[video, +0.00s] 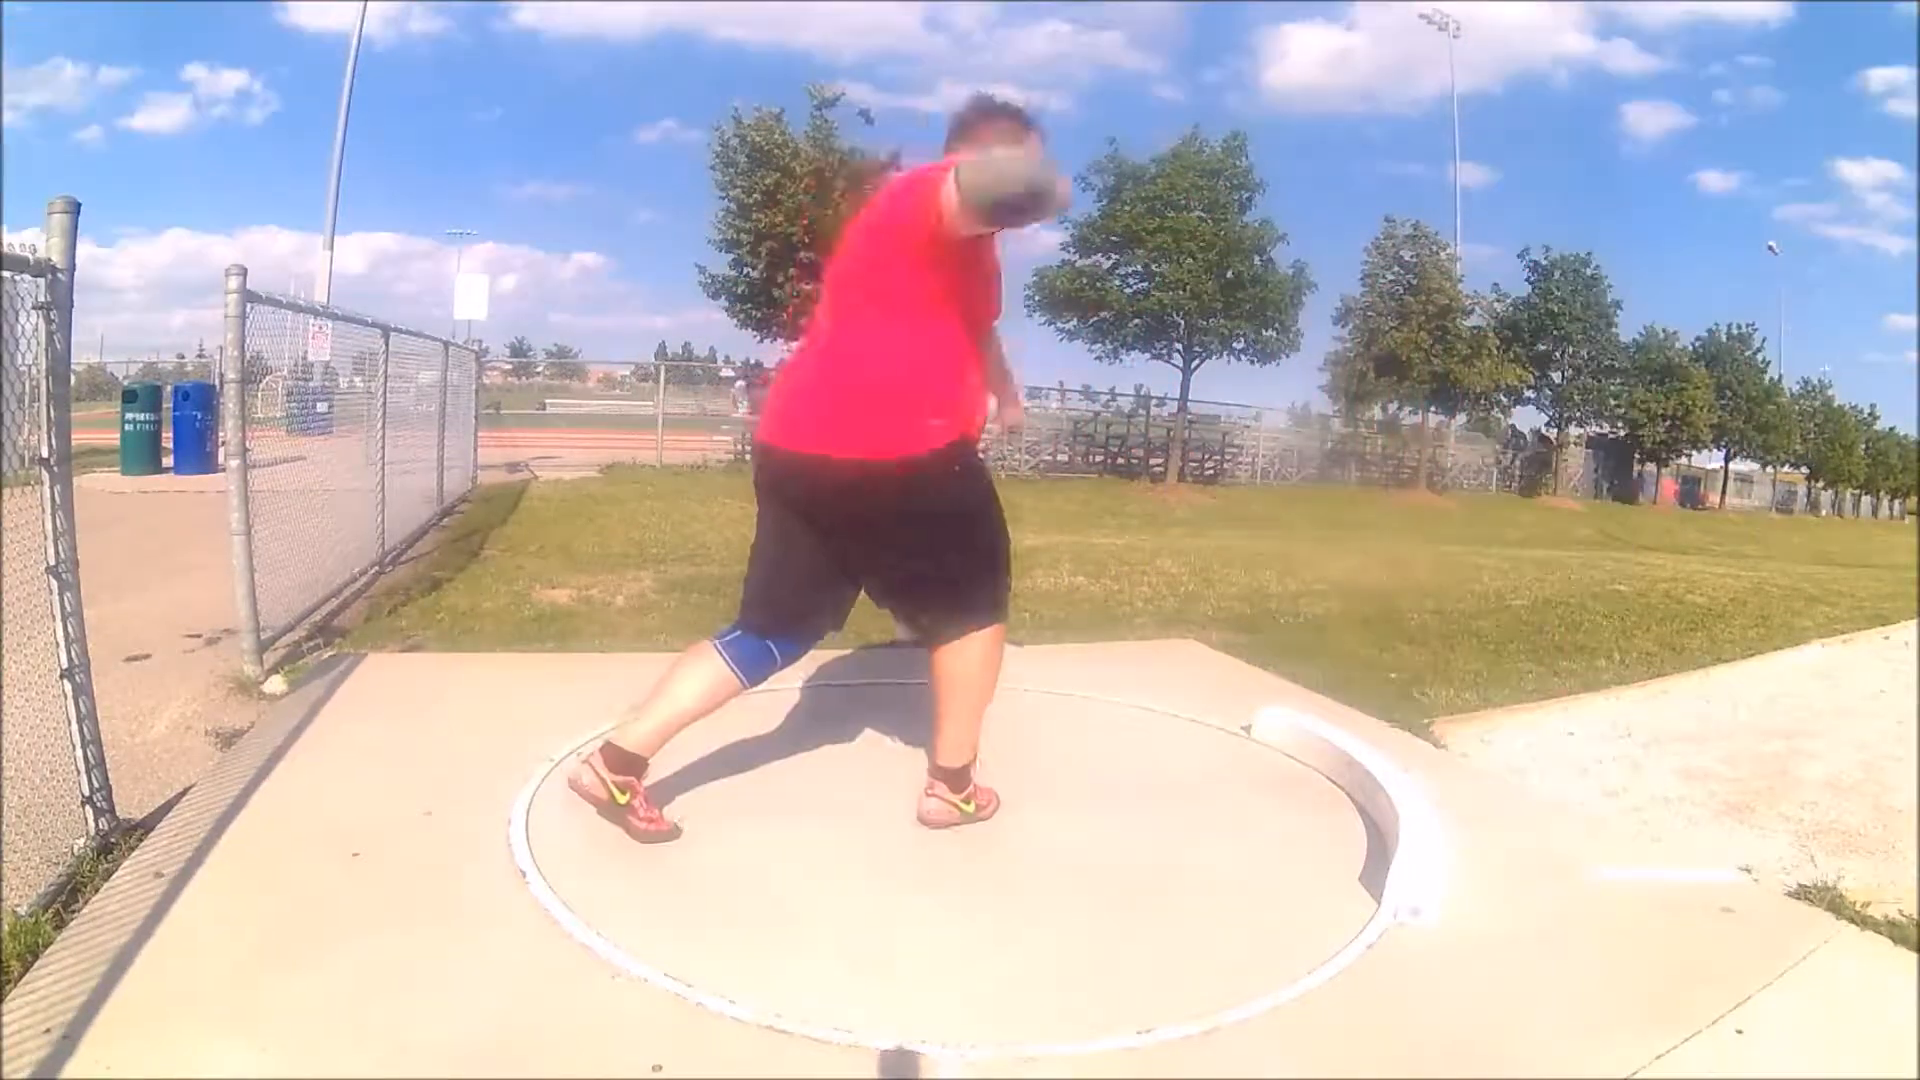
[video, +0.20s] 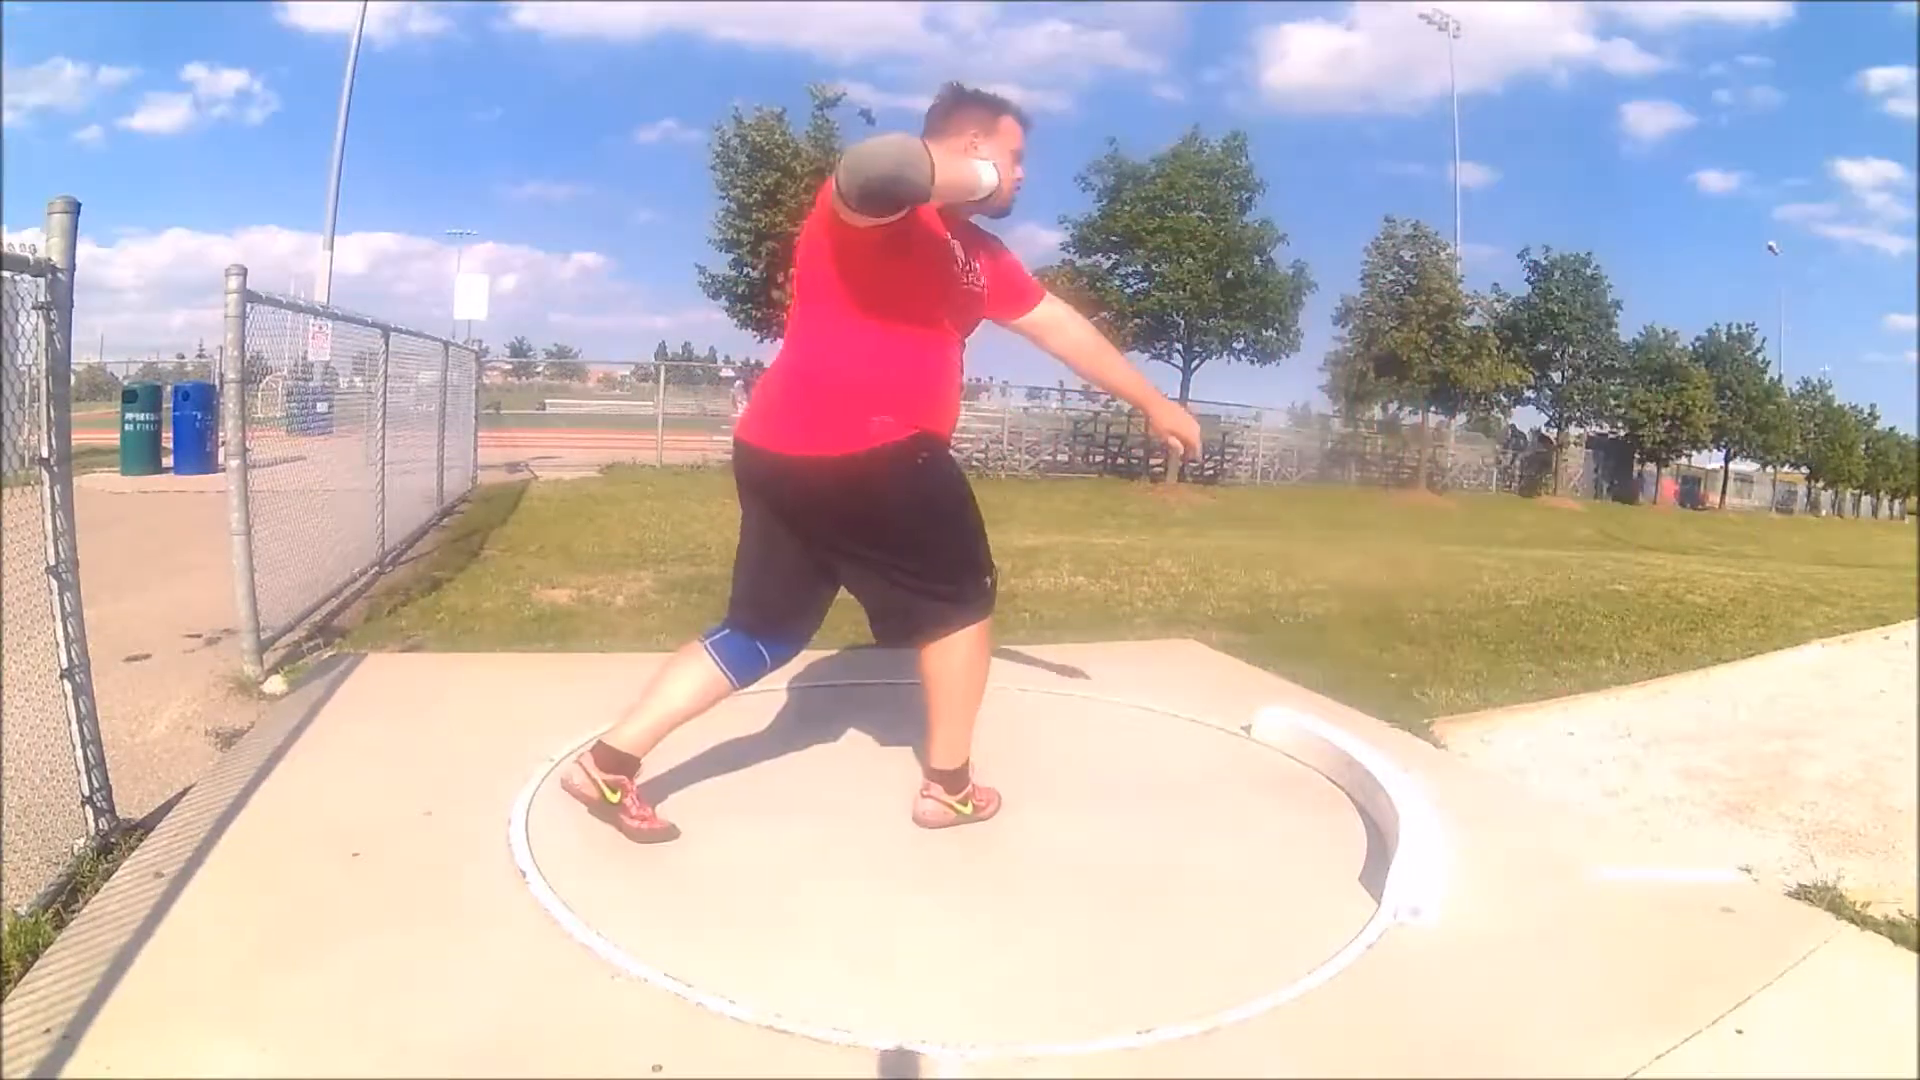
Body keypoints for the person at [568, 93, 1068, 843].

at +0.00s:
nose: (1026, 177)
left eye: (1026, 164)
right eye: (1020, 163)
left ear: (957, 140)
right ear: (997, 148)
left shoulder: (888, 206)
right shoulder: (944, 190)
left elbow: (972, 330)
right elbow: (1013, 175)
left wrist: (1004, 390)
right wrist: (1051, 183)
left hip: (798, 447)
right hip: (911, 451)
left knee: (773, 628)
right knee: (973, 606)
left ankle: (618, 760)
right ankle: (952, 780)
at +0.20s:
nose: (1019, 173)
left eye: (1020, 160)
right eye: (1009, 155)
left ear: (992, 165)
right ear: (954, 147)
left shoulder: (983, 263)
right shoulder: (861, 206)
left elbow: (1065, 332)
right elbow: (873, 182)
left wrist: (1155, 401)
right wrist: (933, 170)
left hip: (775, 451)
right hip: (886, 452)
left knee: (761, 629)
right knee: (960, 602)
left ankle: (610, 758)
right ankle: (945, 782)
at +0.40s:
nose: (1010, 163)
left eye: (1012, 148)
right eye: (1001, 145)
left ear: (960, 145)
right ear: (948, 138)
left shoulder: (983, 245)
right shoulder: (835, 195)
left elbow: (1065, 317)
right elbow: (798, 157)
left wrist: (1089, 384)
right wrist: (931, 162)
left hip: (764, 439)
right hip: (857, 439)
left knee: (752, 623)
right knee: (934, 604)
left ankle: (605, 759)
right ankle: (942, 785)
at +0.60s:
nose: (1015, 165)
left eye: (1016, 150)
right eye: (1006, 146)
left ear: (968, 144)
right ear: (954, 138)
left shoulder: (982, 246)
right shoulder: (841, 184)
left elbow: (1051, 325)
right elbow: (803, 158)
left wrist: (973, 357)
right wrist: (935, 170)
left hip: (755, 432)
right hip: (855, 438)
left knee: (745, 618)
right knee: (919, 606)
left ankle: (602, 762)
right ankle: (939, 788)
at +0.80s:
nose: (1028, 208)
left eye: (1030, 188)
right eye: (1027, 184)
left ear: (953, 160)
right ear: (991, 168)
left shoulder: (971, 270)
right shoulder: (892, 196)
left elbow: (1033, 341)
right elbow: (947, 206)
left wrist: (1087, 400)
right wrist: (1006, 216)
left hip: (746, 436)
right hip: (852, 449)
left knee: (743, 626)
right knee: (942, 605)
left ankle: (605, 771)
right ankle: (939, 787)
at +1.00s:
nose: (1016, 216)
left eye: (994, 199)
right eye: (1027, 207)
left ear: (961, 191)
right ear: (1027, 202)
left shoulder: (907, 235)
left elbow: (919, 359)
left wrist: (1017, 425)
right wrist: (1115, 272)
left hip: (788, 441)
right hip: (915, 471)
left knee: (732, 631)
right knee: (979, 602)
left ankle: (606, 785)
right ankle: (944, 786)